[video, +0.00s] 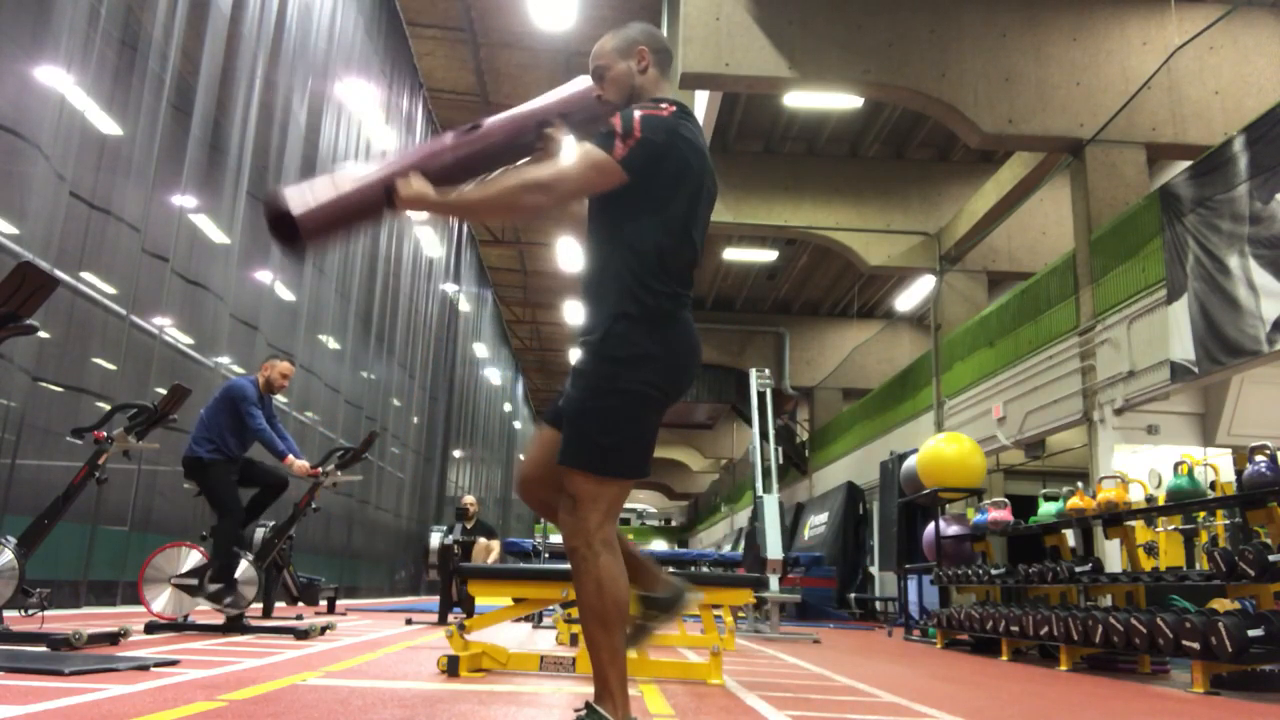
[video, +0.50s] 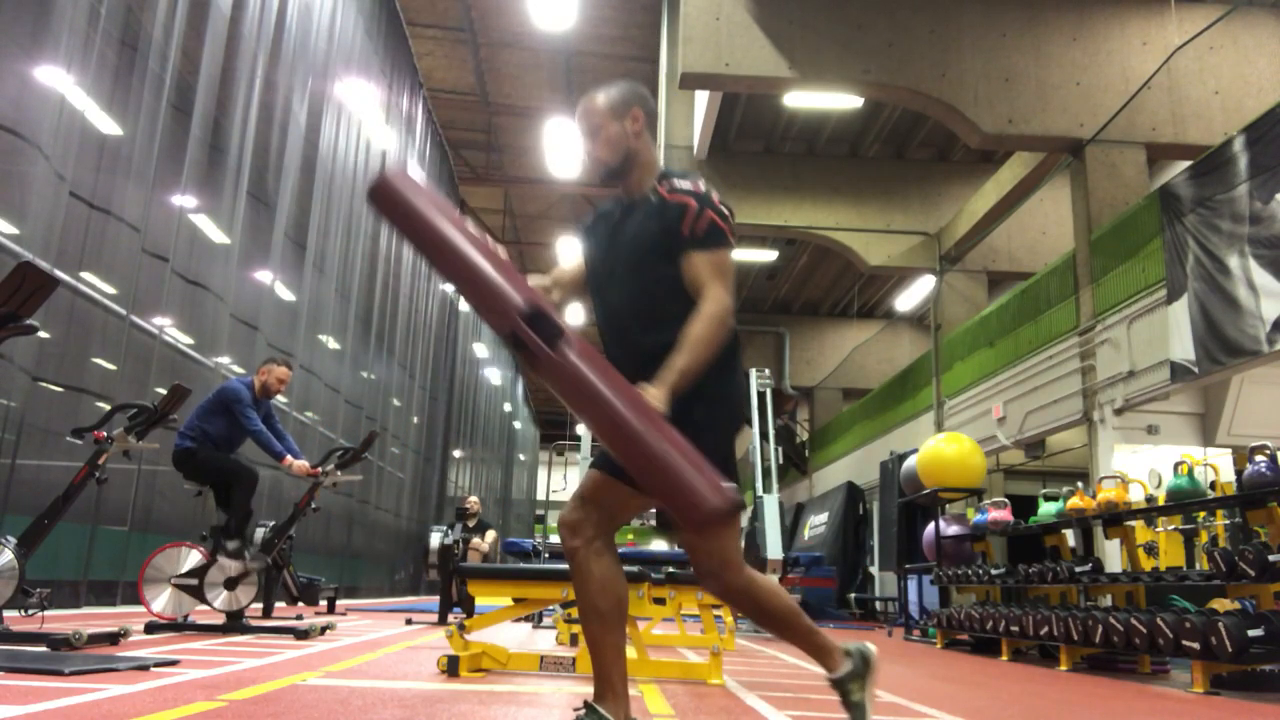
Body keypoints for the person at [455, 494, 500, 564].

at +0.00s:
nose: (468, 508)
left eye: (471, 505)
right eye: (465, 505)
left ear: (477, 508)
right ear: (461, 507)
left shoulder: (486, 528)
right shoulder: (454, 528)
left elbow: (496, 550)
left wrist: (487, 564)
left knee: (481, 541)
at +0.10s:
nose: (468, 506)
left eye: (471, 504)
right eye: (464, 504)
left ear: (476, 507)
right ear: (460, 507)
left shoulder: (485, 527)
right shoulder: (453, 527)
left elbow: (495, 548)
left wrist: (487, 563)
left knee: (481, 541)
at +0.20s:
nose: (467, 506)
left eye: (471, 503)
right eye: (464, 503)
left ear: (476, 507)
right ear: (460, 506)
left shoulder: (483, 526)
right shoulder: (453, 527)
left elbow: (495, 546)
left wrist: (486, 562)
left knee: (480, 540)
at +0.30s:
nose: (468, 506)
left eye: (471, 503)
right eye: (465, 503)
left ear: (477, 508)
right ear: (460, 506)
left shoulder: (483, 526)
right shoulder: (453, 526)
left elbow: (494, 542)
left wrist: (485, 556)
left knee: (479, 540)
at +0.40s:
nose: (470, 505)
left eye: (473, 503)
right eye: (466, 503)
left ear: (478, 507)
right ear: (462, 506)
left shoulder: (484, 525)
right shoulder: (454, 526)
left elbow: (492, 537)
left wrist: (485, 549)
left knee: (477, 540)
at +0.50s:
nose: (472, 505)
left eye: (475, 503)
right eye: (468, 503)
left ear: (479, 508)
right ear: (464, 506)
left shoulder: (486, 525)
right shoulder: (457, 525)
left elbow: (491, 533)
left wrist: (486, 543)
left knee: (475, 543)